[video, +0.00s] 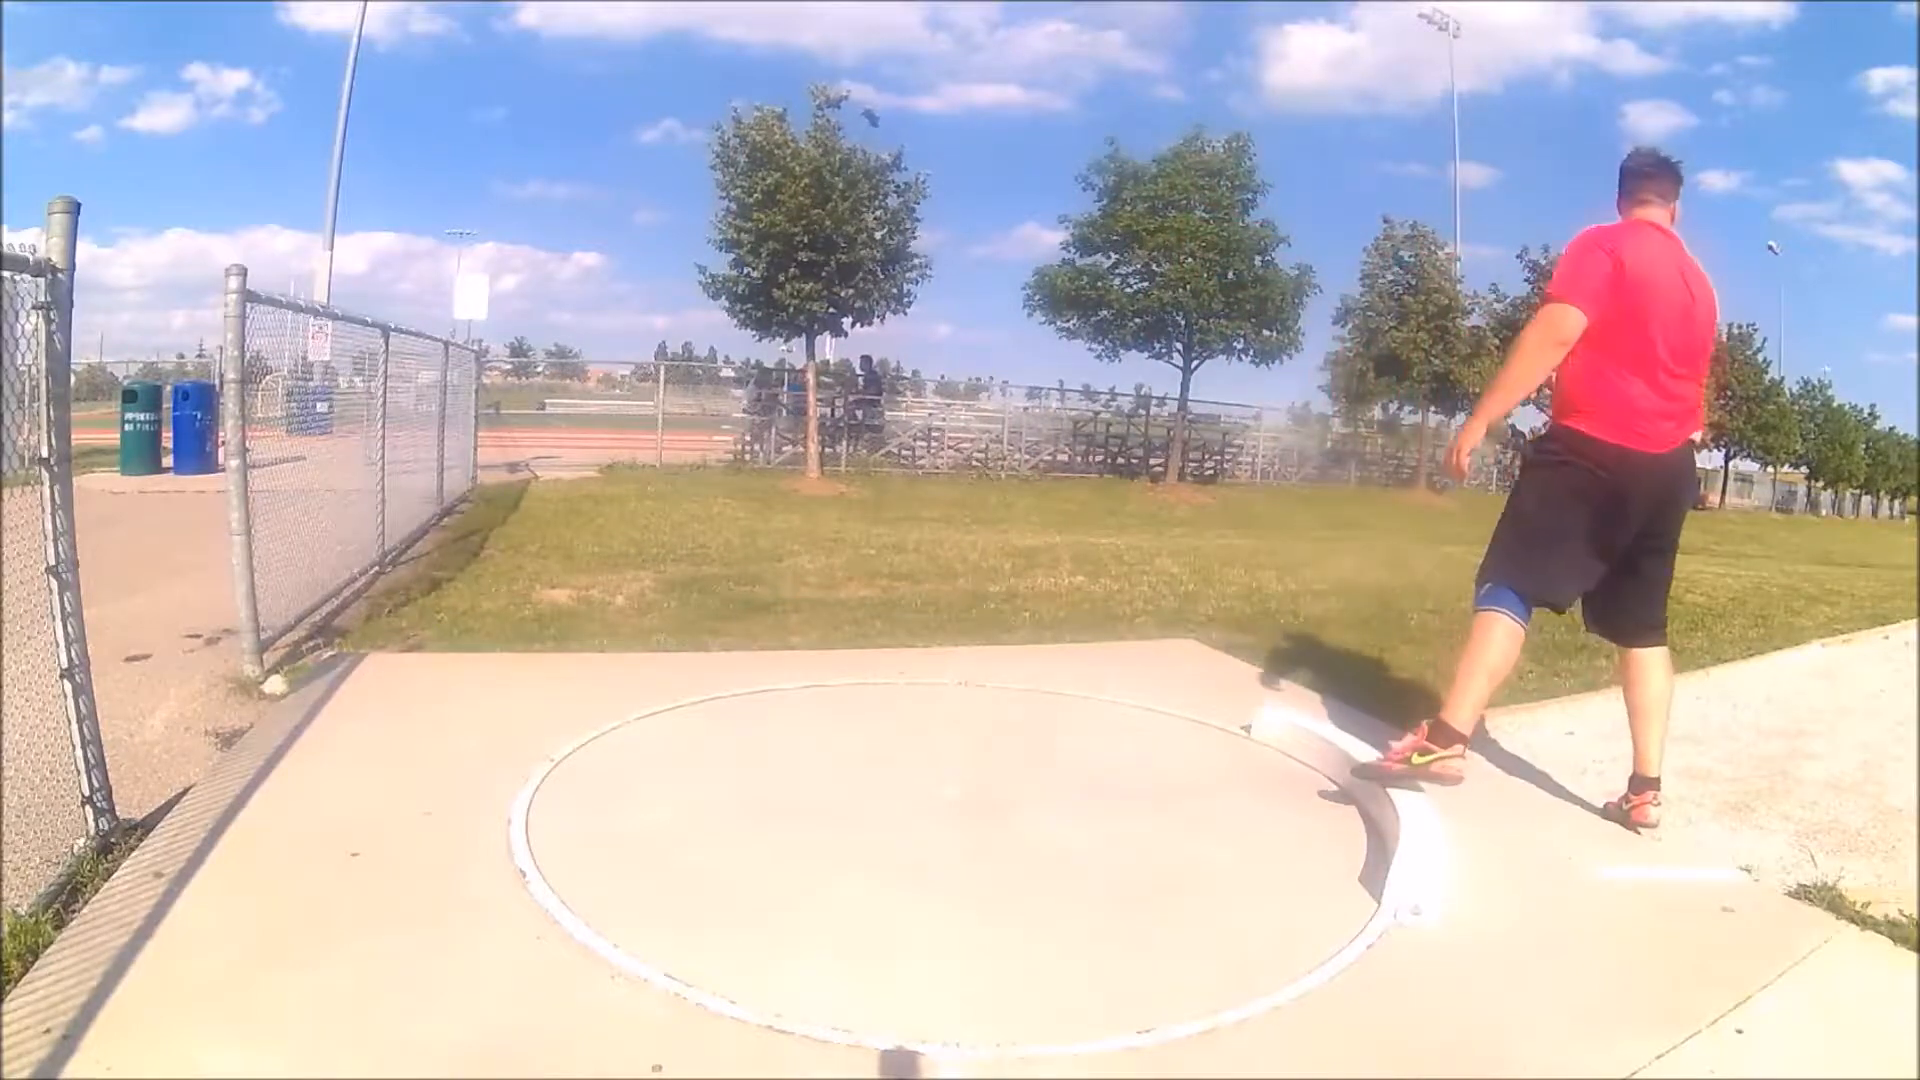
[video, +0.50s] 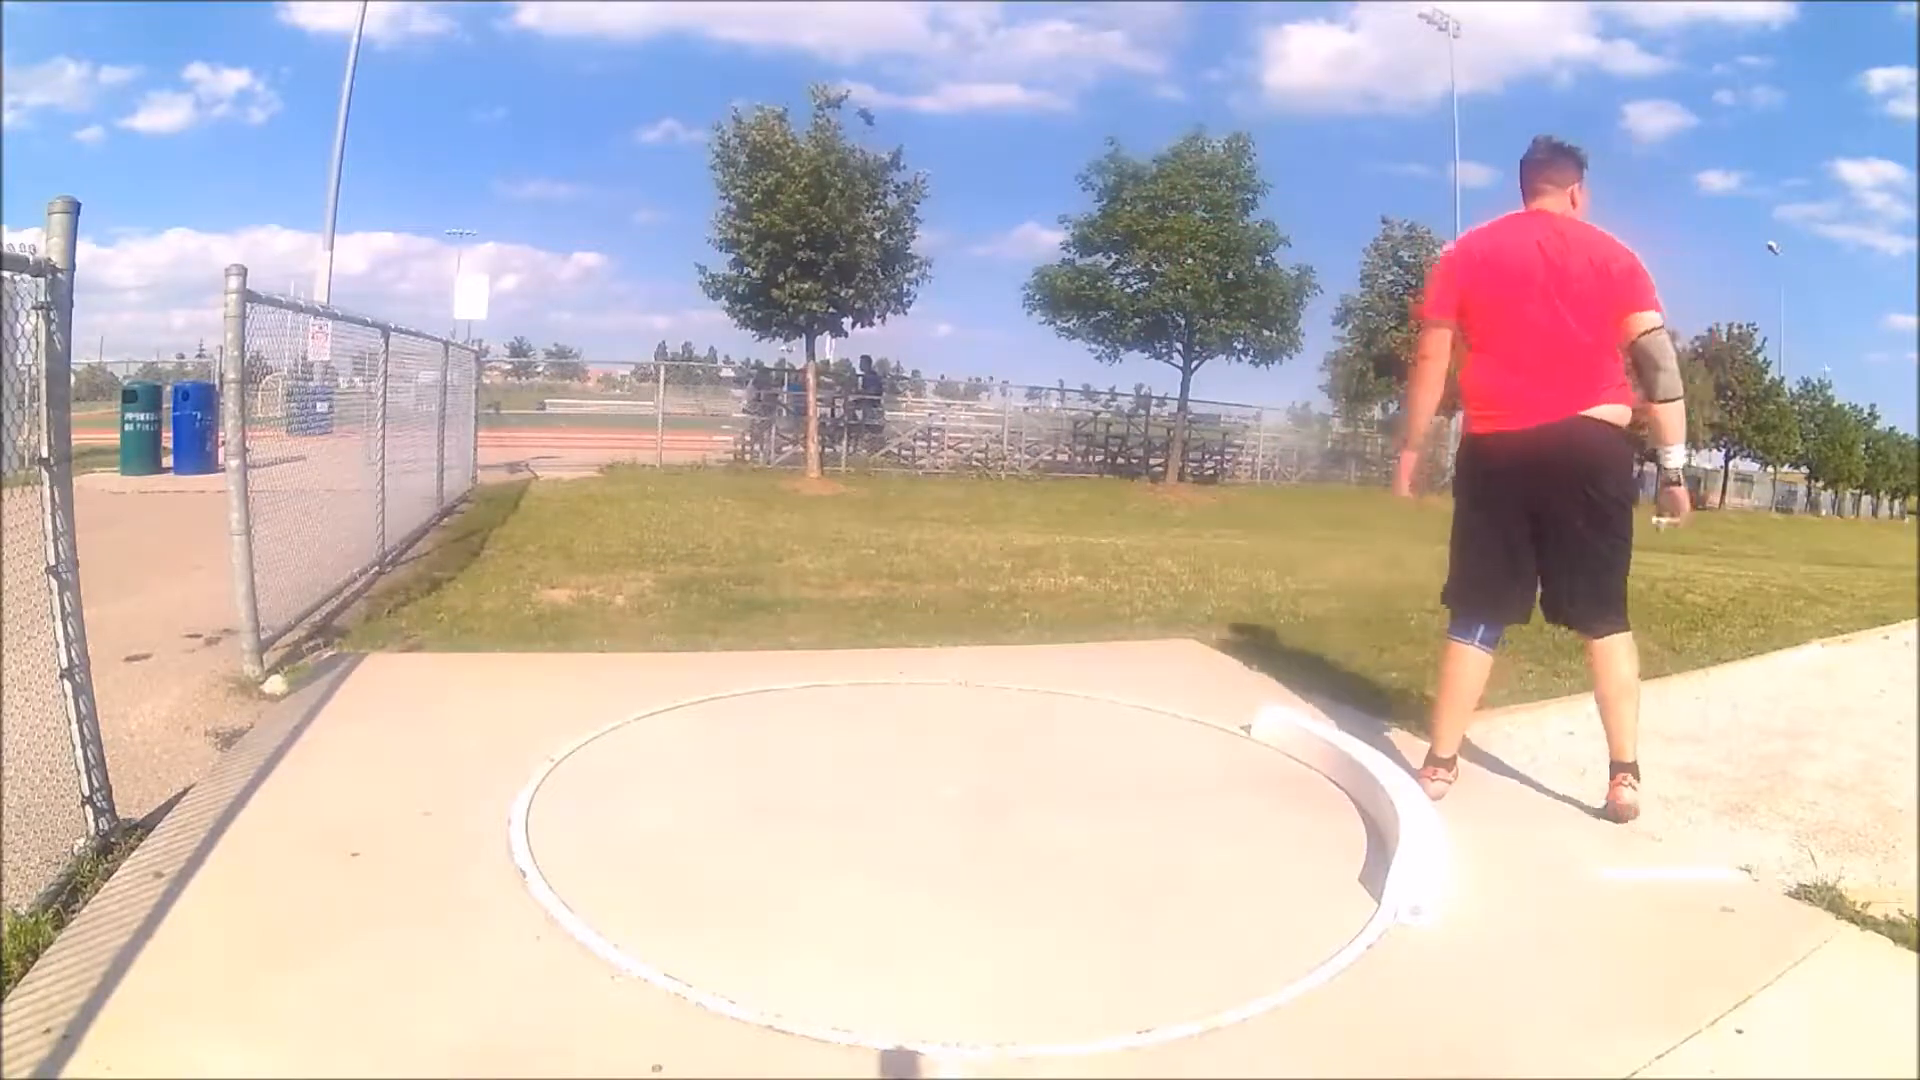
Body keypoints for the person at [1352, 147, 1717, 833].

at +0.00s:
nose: (1642, 211)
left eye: (1626, 199)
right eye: (1667, 203)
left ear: (1619, 197)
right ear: (1678, 205)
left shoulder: (1602, 244)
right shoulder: (1700, 283)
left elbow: (1557, 329)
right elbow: (1694, 388)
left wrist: (1480, 419)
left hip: (1583, 456)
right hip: (1666, 471)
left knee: (1509, 589)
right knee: (1643, 623)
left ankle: (1449, 733)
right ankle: (1646, 790)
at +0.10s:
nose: (1636, 206)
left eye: (1619, 195)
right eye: (1654, 199)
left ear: (1611, 193)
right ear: (1666, 203)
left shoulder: (1585, 244)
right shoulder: (1693, 278)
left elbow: (1533, 330)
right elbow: (1694, 376)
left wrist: (1458, 408)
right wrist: (1663, 447)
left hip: (1574, 456)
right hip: (1659, 467)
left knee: (1498, 585)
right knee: (1641, 621)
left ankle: (1471, 740)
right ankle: (1644, 789)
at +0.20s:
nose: (1646, 214)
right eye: (1652, 207)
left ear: (1593, 196)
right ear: (1651, 206)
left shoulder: (1564, 242)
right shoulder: (1679, 278)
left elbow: (1509, 337)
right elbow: (1704, 376)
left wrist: (1447, 409)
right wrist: (1698, 429)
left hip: (1555, 453)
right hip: (1644, 462)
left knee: (1494, 590)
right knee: (1635, 619)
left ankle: (1476, 746)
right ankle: (1643, 787)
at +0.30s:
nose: (1631, 217)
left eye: (1624, 208)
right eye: (1633, 210)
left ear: (1573, 197)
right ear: (1628, 207)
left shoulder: (1533, 247)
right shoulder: (1660, 277)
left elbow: (1478, 343)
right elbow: (1704, 384)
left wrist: (1433, 427)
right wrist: (1702, 473)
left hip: (1535, 461)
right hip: (1629, 464)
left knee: (1496, 608)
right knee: (1627, 622)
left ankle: (1442, 757)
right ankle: (1641, 786)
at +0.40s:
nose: (1608, 213)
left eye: (1603, 205)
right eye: (1609, 205)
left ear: (1545, 198)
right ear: (1602, 202)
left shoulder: (1497, 252)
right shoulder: (1633, 269)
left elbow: (1451, 348)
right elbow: (1687, 380)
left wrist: (1425, 427)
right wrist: (1699, 476)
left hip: (1513, 464)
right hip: (1608, 466)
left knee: (1483, 617)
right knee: (1617, 623)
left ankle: (1438, 762)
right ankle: (1638, 783)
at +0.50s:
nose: (1580, 205)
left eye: (1572, 195)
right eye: (1583, 196)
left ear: (1519, 191)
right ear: (1578, 193)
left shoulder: (1464, 253)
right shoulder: (1612, 255)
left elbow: (1433, 354)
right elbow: (1657, 362)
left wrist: (1411, 445)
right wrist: (1672, 467)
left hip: (1494, 456)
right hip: (1591, 453)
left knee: (1477, 613)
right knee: (1603, 614)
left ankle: (1440, 764)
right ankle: (1622, 775)